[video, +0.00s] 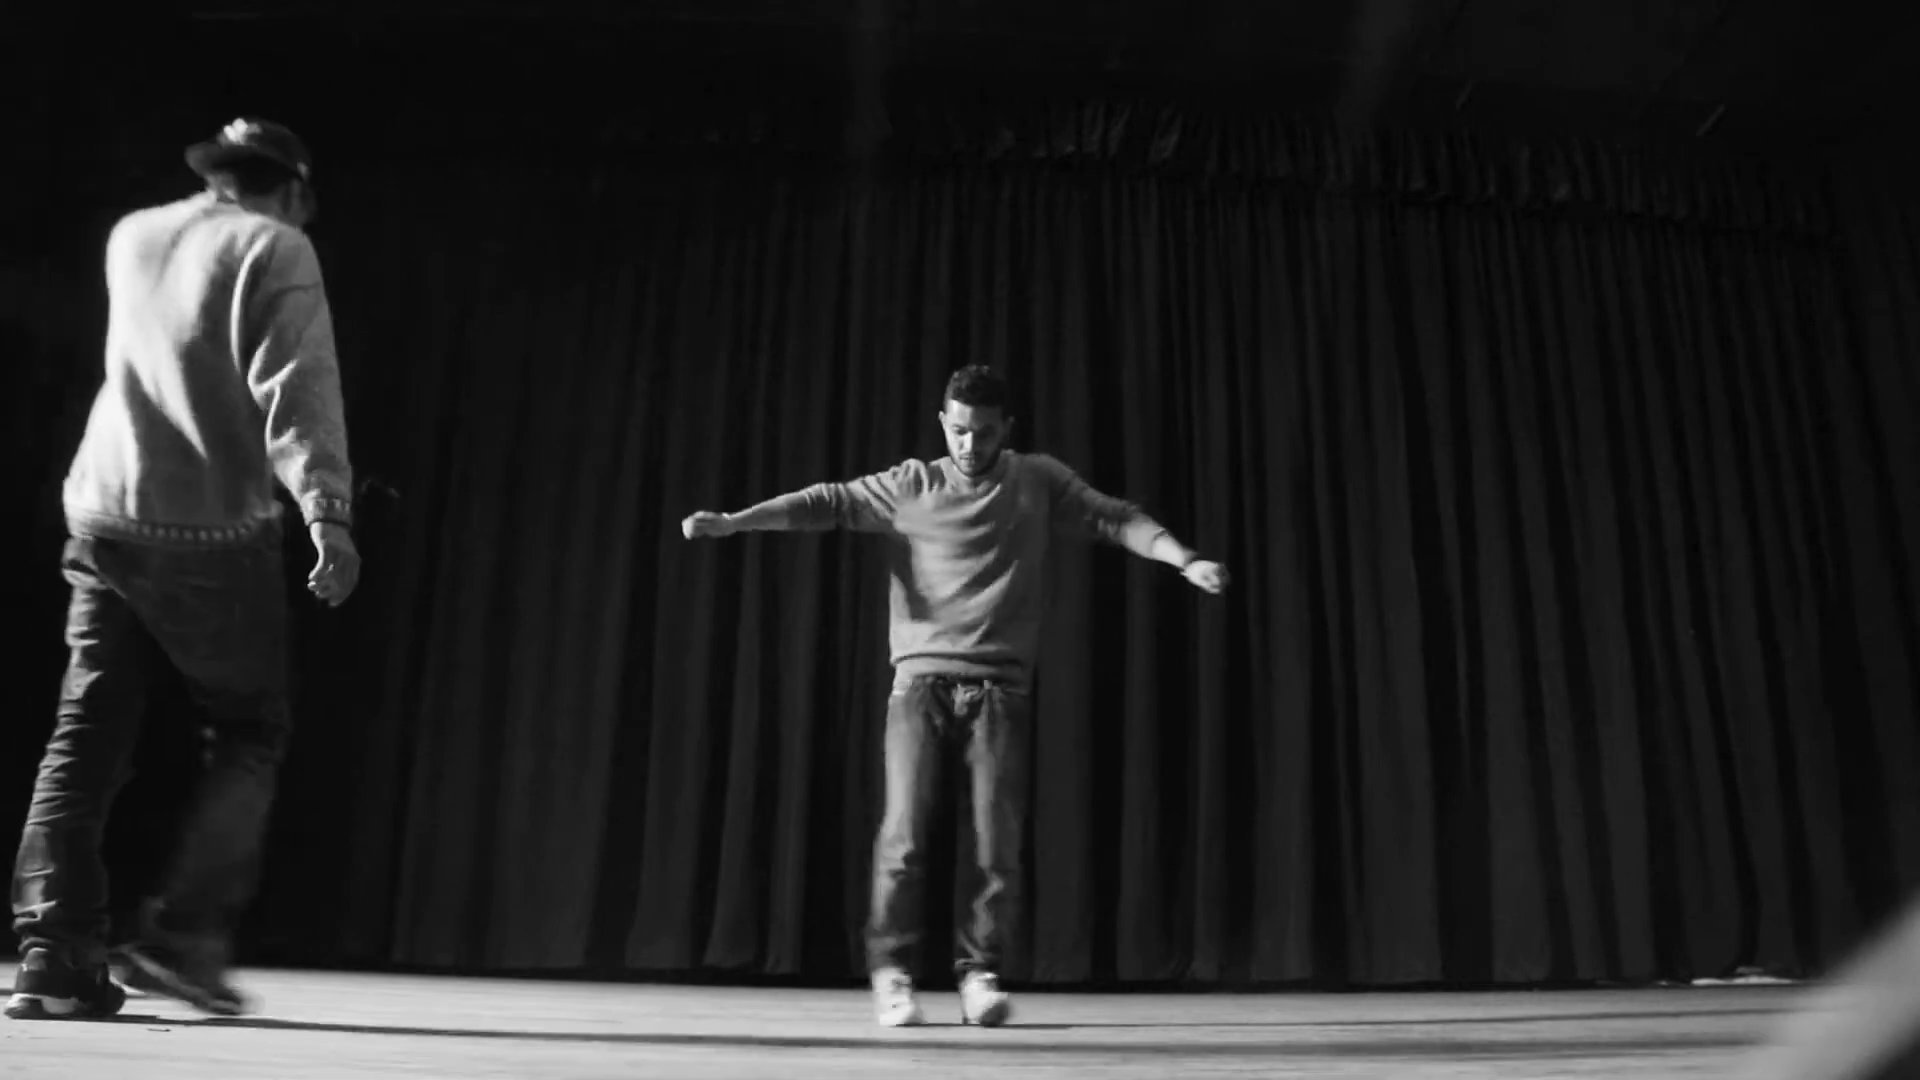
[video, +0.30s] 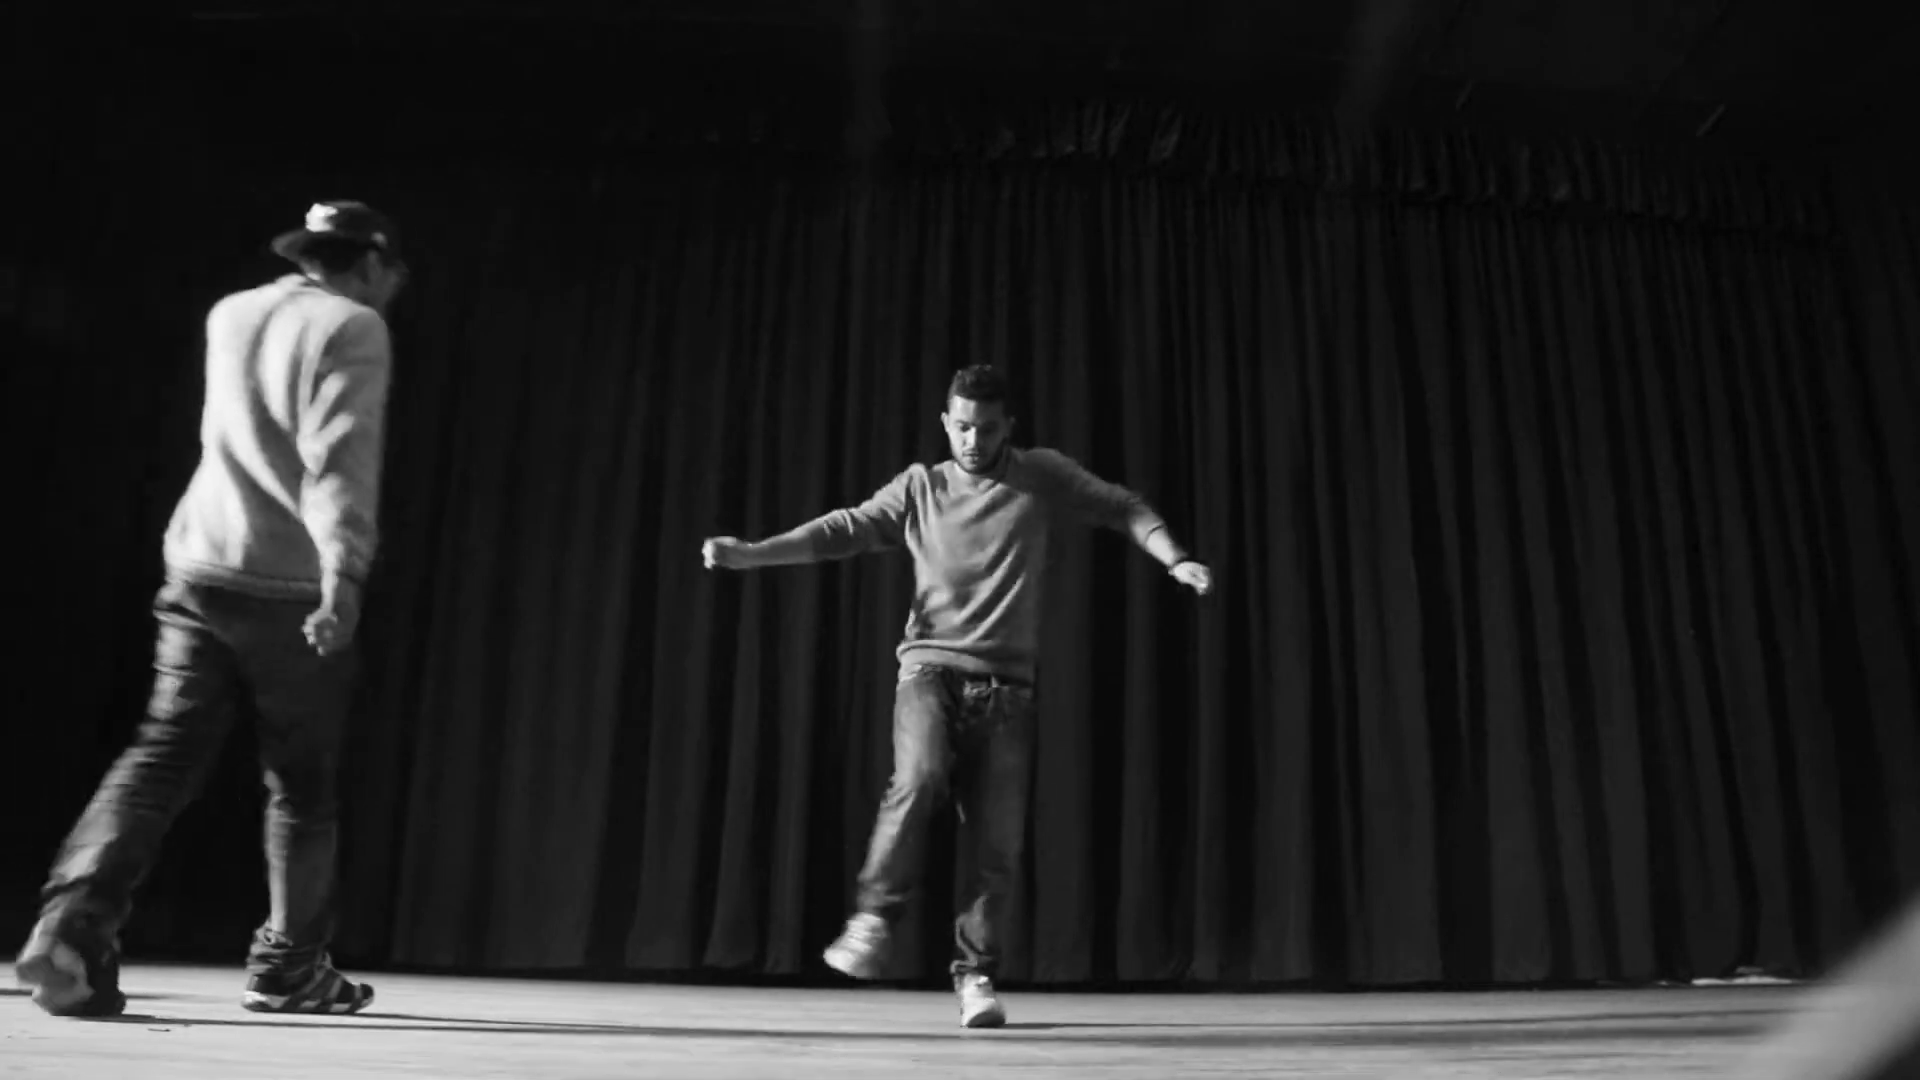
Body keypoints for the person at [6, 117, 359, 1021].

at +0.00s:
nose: (300, 213)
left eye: (301, 202)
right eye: (302, 201)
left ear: (212, 179)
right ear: (287, 191)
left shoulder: (132, 234)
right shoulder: (276, 246)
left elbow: (154, 348)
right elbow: (297, 385)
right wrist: (328, 512)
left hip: (101, 520)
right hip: (212, 535)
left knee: (84, 731)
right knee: (248, 732)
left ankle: (46, 954)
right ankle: (183, 939)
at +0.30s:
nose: (392, 286)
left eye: (393, 272)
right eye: (390, 271)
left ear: (307, 256)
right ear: (368, 263)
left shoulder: (230, 312)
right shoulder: (355, 327)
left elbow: (234, 434)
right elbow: (339, 458)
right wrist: (342, 579)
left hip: (197, 570)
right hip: (288, 585)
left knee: (162, 751)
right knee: (302, 782)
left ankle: (69, 927)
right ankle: (290, 964)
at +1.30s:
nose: (564, 476)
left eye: (569, 470)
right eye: (568, 465)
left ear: (514, 426)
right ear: (560, 443)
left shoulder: (439, 467)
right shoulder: (534, 454)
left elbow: (395, 566)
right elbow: (512, 549)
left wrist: (395, 664)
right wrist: (507, 642)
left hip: (417, 673)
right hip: (479, 666)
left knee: (428, 815)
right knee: (518, 802)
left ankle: (420, 968)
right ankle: (456, 941)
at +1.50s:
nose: (605, 494)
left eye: (610, 485)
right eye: (609, 481)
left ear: (560, 450)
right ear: (599, 462)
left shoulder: (485, 485)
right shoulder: (568, 478)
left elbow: (438, 582)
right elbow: (553, 580)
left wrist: (445, 671)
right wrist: (573, 680)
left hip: (453, 679)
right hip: (511, 676)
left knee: (445, 819)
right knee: (558, 815)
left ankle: (425, 961)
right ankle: (576, 960)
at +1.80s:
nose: (696, 507)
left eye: (699, 496)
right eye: (696, 494)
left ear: (643, 474)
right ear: (677, 481)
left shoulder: (562, 512)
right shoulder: (658, 527)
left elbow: (521, 609)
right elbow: (656, 638)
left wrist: (532, 690)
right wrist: (664, 729)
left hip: (539, 706)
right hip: (604, 710)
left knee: (535, 821)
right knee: (632, 833)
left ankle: (456, 922)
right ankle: (611, 971)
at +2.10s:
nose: (751, 506)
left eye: (753, 496)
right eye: (748, 494)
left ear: (698, 484)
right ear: (720, 485)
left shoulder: (624, 532)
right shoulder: (713, 532)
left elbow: (596, 630)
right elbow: (728, 632)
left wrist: (608, 711)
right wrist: (749, 715)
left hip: (623, 708)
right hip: (677, 707)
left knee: (649, 837)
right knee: (656, 840)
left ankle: (622, 965)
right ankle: (605, 962)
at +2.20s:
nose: (766, 511)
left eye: (768, 502)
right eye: (763, 499)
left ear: (712, 489)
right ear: (739, 489)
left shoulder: (647, 541)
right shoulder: (729, 535)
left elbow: (622, 639)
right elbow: (744, 636)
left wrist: (637, 718)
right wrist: (774, 721)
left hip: (649, 716)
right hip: (696, 713)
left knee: (695, 845)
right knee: (666, 842)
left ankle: (689, 968)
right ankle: (617, 966)